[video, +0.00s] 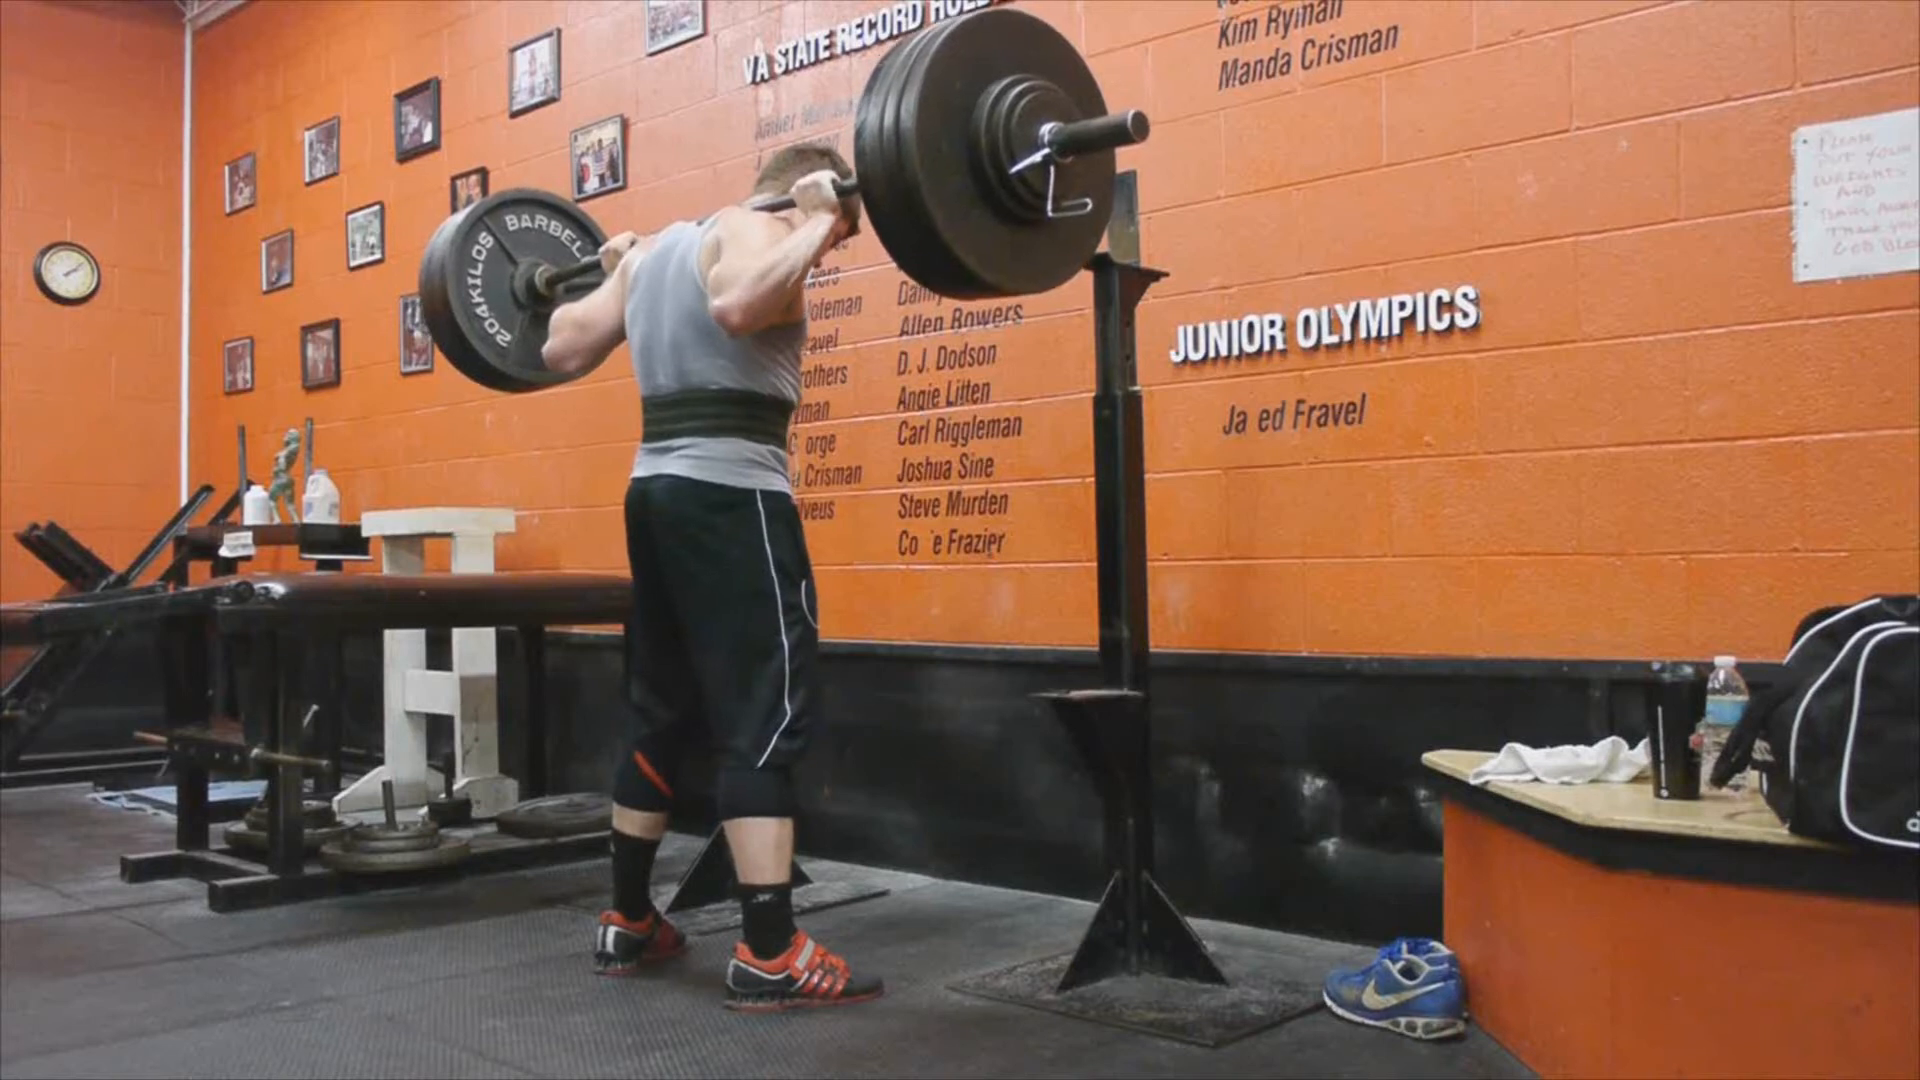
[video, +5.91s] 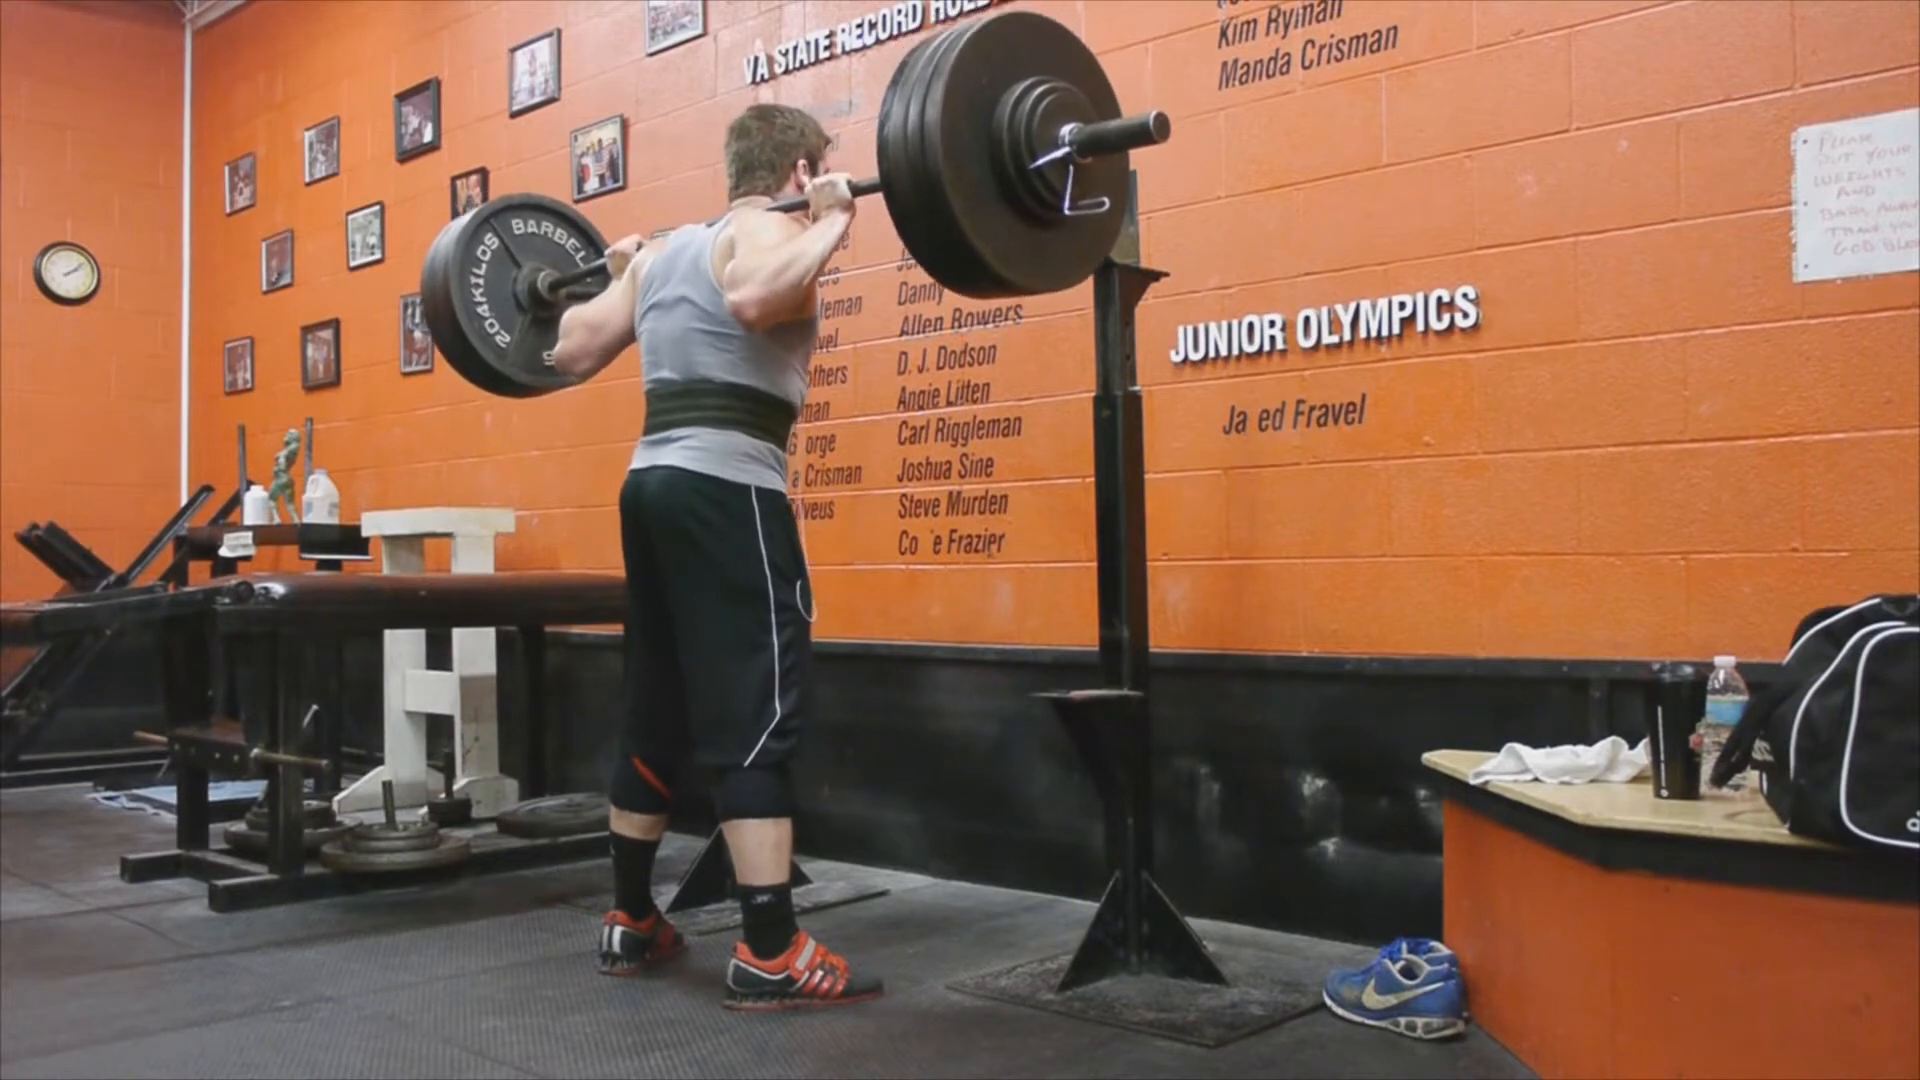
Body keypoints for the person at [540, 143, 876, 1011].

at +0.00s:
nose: (835, 246)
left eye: (843, 234)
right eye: (838, 228)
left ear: (759, 186)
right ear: (811, 200)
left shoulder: (657, 253)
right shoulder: (767, 228)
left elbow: (561, 346)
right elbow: (738, 304)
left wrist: (613, 273)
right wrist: (820, 226)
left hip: (657, 498)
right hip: (734, 500)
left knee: (665, 712)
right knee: (766, 716)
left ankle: (629, 920)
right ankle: (769, 948)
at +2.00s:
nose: (834, 240)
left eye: (842, 227)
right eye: (836, 222)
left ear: (760, 186)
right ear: (812, 198)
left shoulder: (654, 254)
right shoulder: (765, 228)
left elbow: (559, 340)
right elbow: (742, 302)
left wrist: (613, 271)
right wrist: (825, 231)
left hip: (656, 496)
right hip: (733, 498)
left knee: (665, 712)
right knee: (762, 715)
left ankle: (631, 920)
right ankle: (770, 947)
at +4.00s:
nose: (839, 241)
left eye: (847, 229)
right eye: (841, 224)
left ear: (761, 189)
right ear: (814, 200)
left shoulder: (661, 256)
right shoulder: (768, 233)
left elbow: (564, 348)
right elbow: (744, 308)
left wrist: (617, 278)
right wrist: (824, 230)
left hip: (657, 496)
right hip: (735, 498)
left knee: (662, 708)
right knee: (763, 714)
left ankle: (631, 921)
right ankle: (769, 947)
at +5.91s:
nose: (825, 193)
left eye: (826, 177)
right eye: (824, 177)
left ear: (735, 175)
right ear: (798, 172)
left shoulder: (664, 253)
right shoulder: (772, 227)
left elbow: (568, 352)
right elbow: (752, 300)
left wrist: (613, 273)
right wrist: (832, 227)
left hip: (652, 485)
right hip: (727, 488)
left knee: (658, 707)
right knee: (756, 713)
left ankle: (631, 920)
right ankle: (770, 946)